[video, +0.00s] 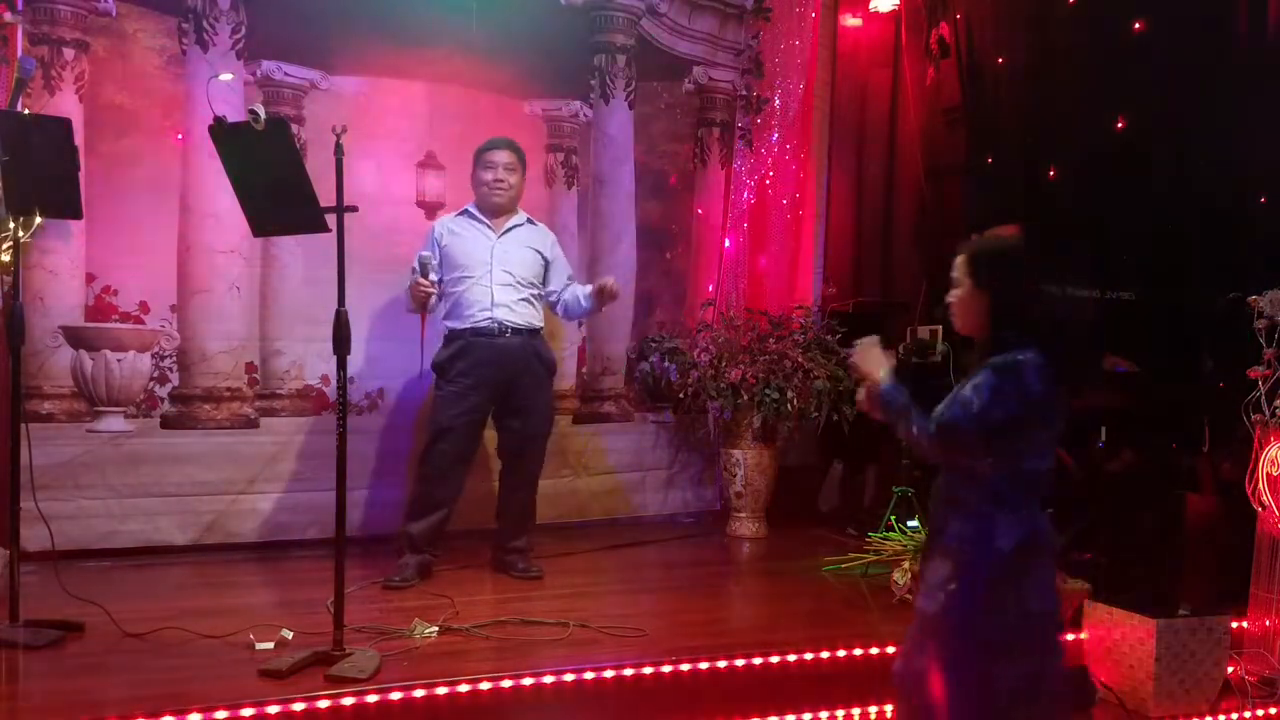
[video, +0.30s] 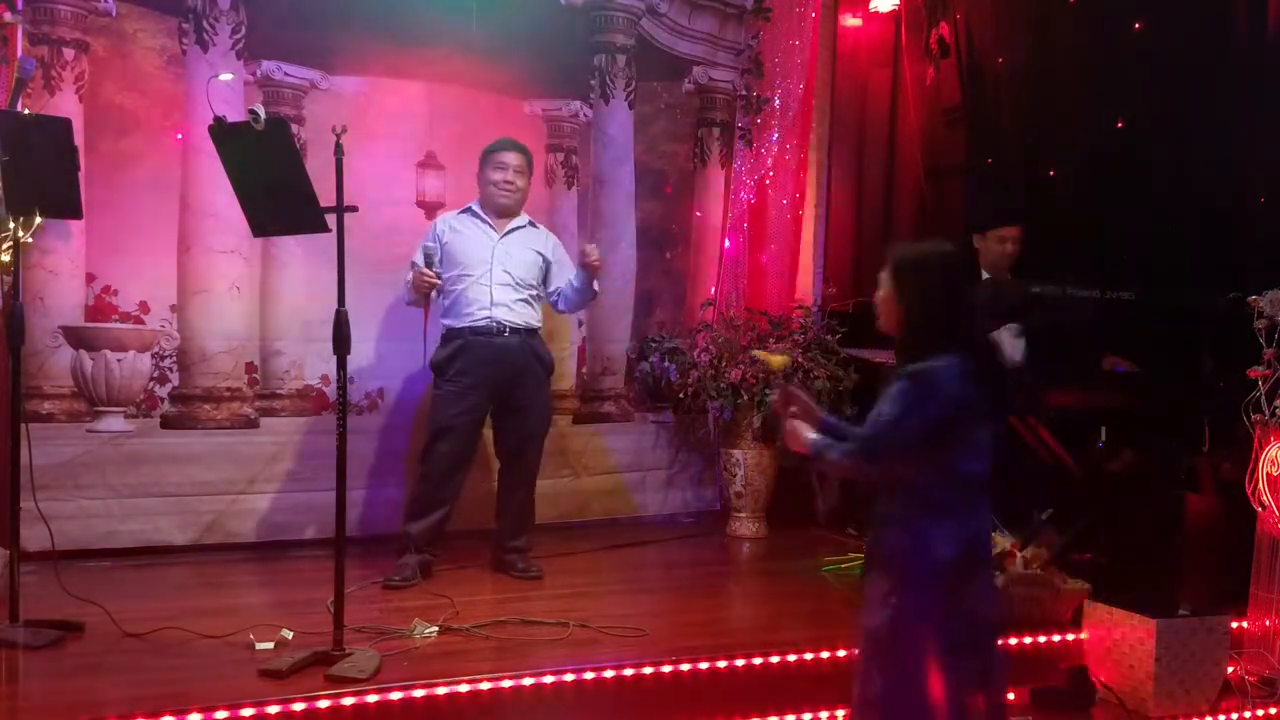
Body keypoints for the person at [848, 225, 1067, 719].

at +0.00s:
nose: (949, 298)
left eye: (958, 286)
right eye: (952, 286)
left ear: (994, 293)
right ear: (994, 296)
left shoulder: (1009, 373)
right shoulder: (1019, 368)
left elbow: (935, 441)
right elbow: (949, 438)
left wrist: (885, 379)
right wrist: (891, 411)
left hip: (984, 560)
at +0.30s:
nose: (876, 298)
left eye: (885, 288)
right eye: (880, 287)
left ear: (913, 299)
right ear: (940, 299)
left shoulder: (922, 380)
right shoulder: (966, 369)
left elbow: (871, 456)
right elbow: (881, 441)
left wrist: (813, 444)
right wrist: (819, 418)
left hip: (912, 555)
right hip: (960, 546)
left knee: (891, 675)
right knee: (965, 666)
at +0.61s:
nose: (798, 303)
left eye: (806, 294)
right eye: (803, 292)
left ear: (821, 307)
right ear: (872, 310)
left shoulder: (815, 387)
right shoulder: (882, 384)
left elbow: (741, 437)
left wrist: (712, 408)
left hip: (820, 558)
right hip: (877, 551)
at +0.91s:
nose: (715, 295)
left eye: (721, 284)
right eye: (719, 283)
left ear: (736, 293)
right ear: (783, 292)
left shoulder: (736, 369)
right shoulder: (807, 361)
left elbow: (674, 440)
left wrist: (646, 429)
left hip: (751, 532)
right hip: (810, 527)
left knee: (708, 646)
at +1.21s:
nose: (656, 297)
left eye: (661, 287)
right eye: (660, 286)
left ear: (675, 295)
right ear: (723, 292)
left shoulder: (679, 373)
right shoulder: (742, 360)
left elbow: (648, 483)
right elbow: (700, 405)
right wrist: (625, 389)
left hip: (700, 542)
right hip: (753, 531)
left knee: (681, 664)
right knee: (736, 662)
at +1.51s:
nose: (628, 303)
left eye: (631, 291)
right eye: (630, 291)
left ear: (646, 299)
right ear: (697, 296)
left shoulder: (656, 365)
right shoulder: (713, 359)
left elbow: (641, 468)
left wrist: (635, 512)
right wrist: (621, 384)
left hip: (693, 523)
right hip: (746, 518)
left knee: (670, 656)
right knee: (723, 654)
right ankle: (719, 717)